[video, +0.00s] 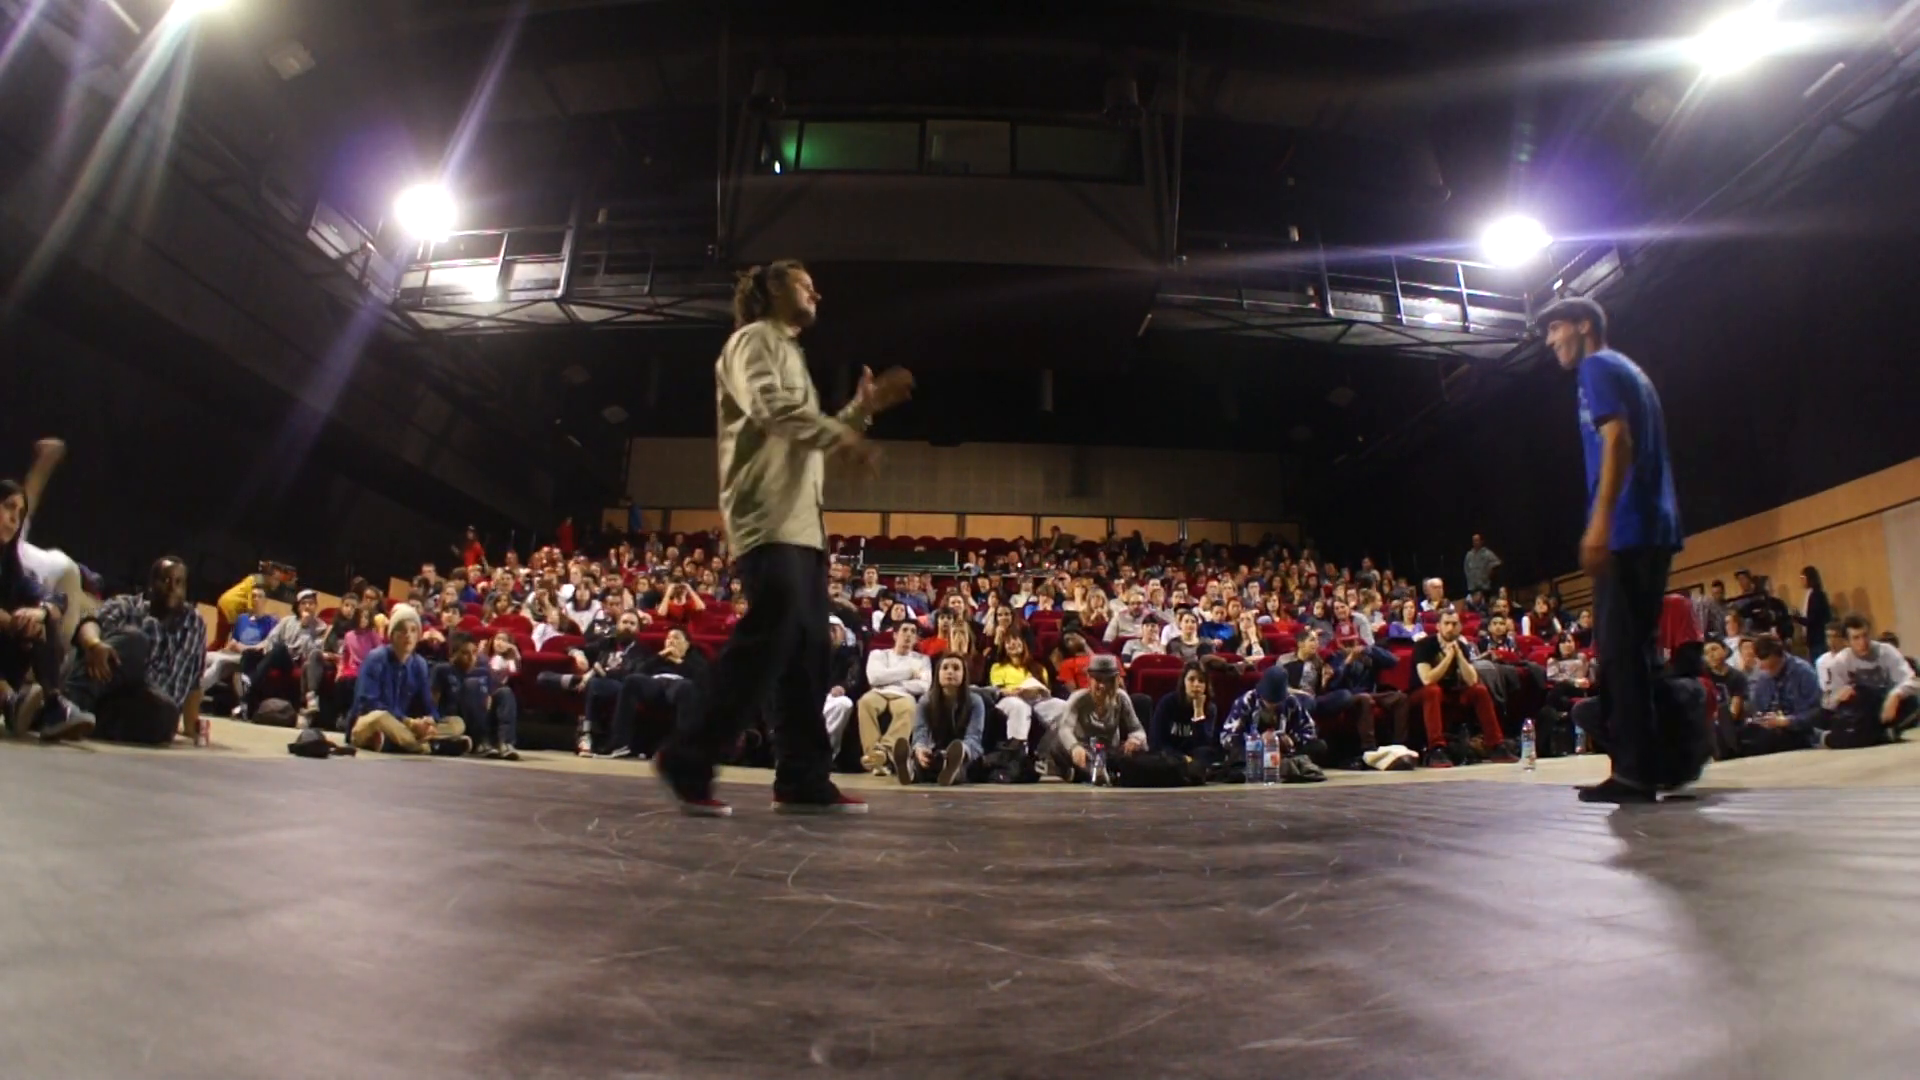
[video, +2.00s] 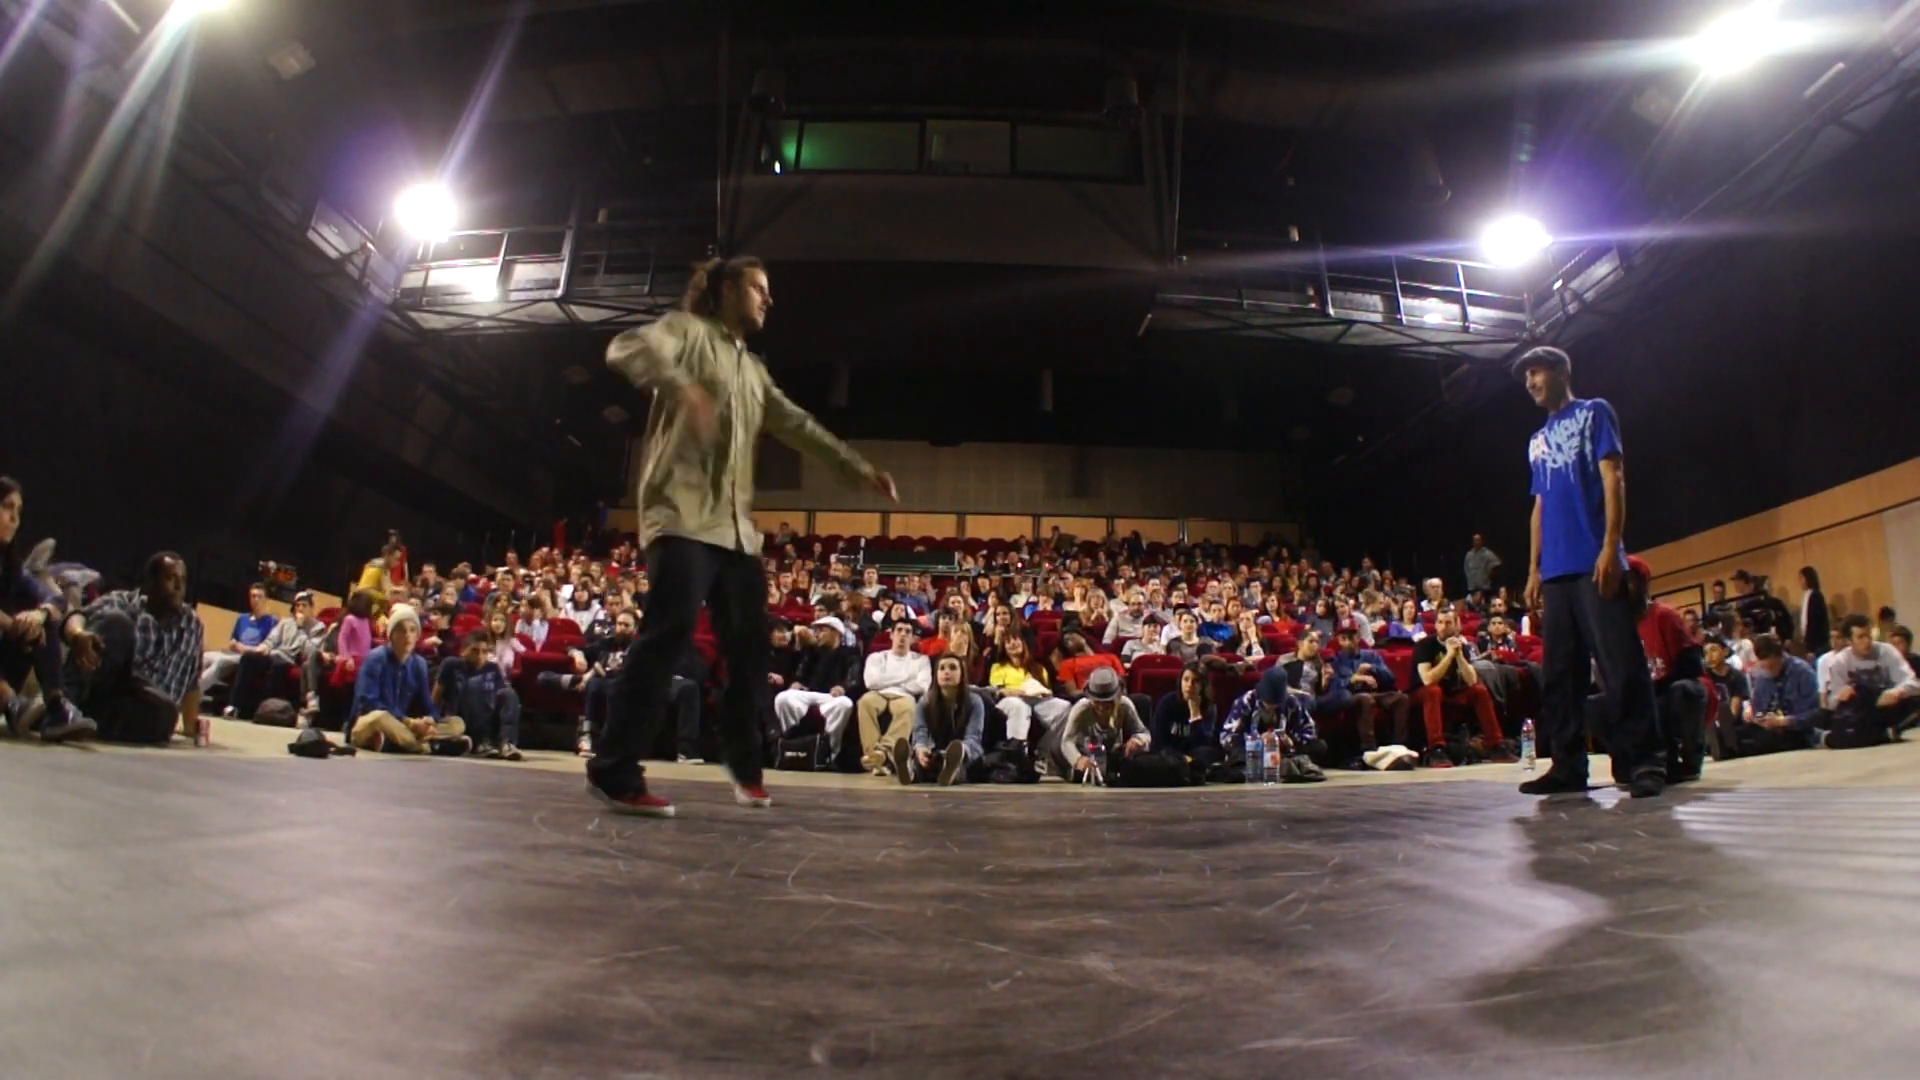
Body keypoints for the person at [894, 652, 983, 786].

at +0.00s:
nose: (950, 672)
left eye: (956, 668)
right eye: (945, 668)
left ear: (964, 674)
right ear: (937, 673)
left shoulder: (975, 701)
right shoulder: (925, 701)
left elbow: (974, 738)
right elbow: (920, 731)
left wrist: (960, 751)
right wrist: (919, 748)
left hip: (962, 751)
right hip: (933, 749)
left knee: (956, 763)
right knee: (919, 761)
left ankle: (949, 773)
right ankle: (910, 769)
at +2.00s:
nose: (947, 672)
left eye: (953, 668)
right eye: (942, 668)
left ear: (962, 673)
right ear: (935, 673)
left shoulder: (974, 701)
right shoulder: (925, 701)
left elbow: (974, 737)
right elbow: (920, 730)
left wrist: (961, 750)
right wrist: (920, 748)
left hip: (962, 752)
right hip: (933, 750)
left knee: (955, 763)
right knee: (918, 762)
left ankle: (949, 774)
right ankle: (909, 769)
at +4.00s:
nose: (947, 673)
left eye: (952, 668)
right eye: (942, 669)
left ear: (961, 674)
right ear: (935, 674)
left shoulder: (974, 701)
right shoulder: (925, 701)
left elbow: (974, 738)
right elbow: (920, 731)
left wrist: (961, 751)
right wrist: (920, 748)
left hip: (962, 750)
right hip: (933, 750)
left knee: (955, 762)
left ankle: (949, 773)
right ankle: (910, 768)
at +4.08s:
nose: (947, 673)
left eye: (952, 668)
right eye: (942, 669)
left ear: (962, 674)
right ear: (935, 674)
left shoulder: (974, 701)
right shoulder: (925, 701)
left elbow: (974, 738)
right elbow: (920, 731)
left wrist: (961, 751)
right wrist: (920, 748)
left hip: (962, 751)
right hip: (933, 750)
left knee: (955, 762)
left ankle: (949, 773)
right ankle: (910, 768)